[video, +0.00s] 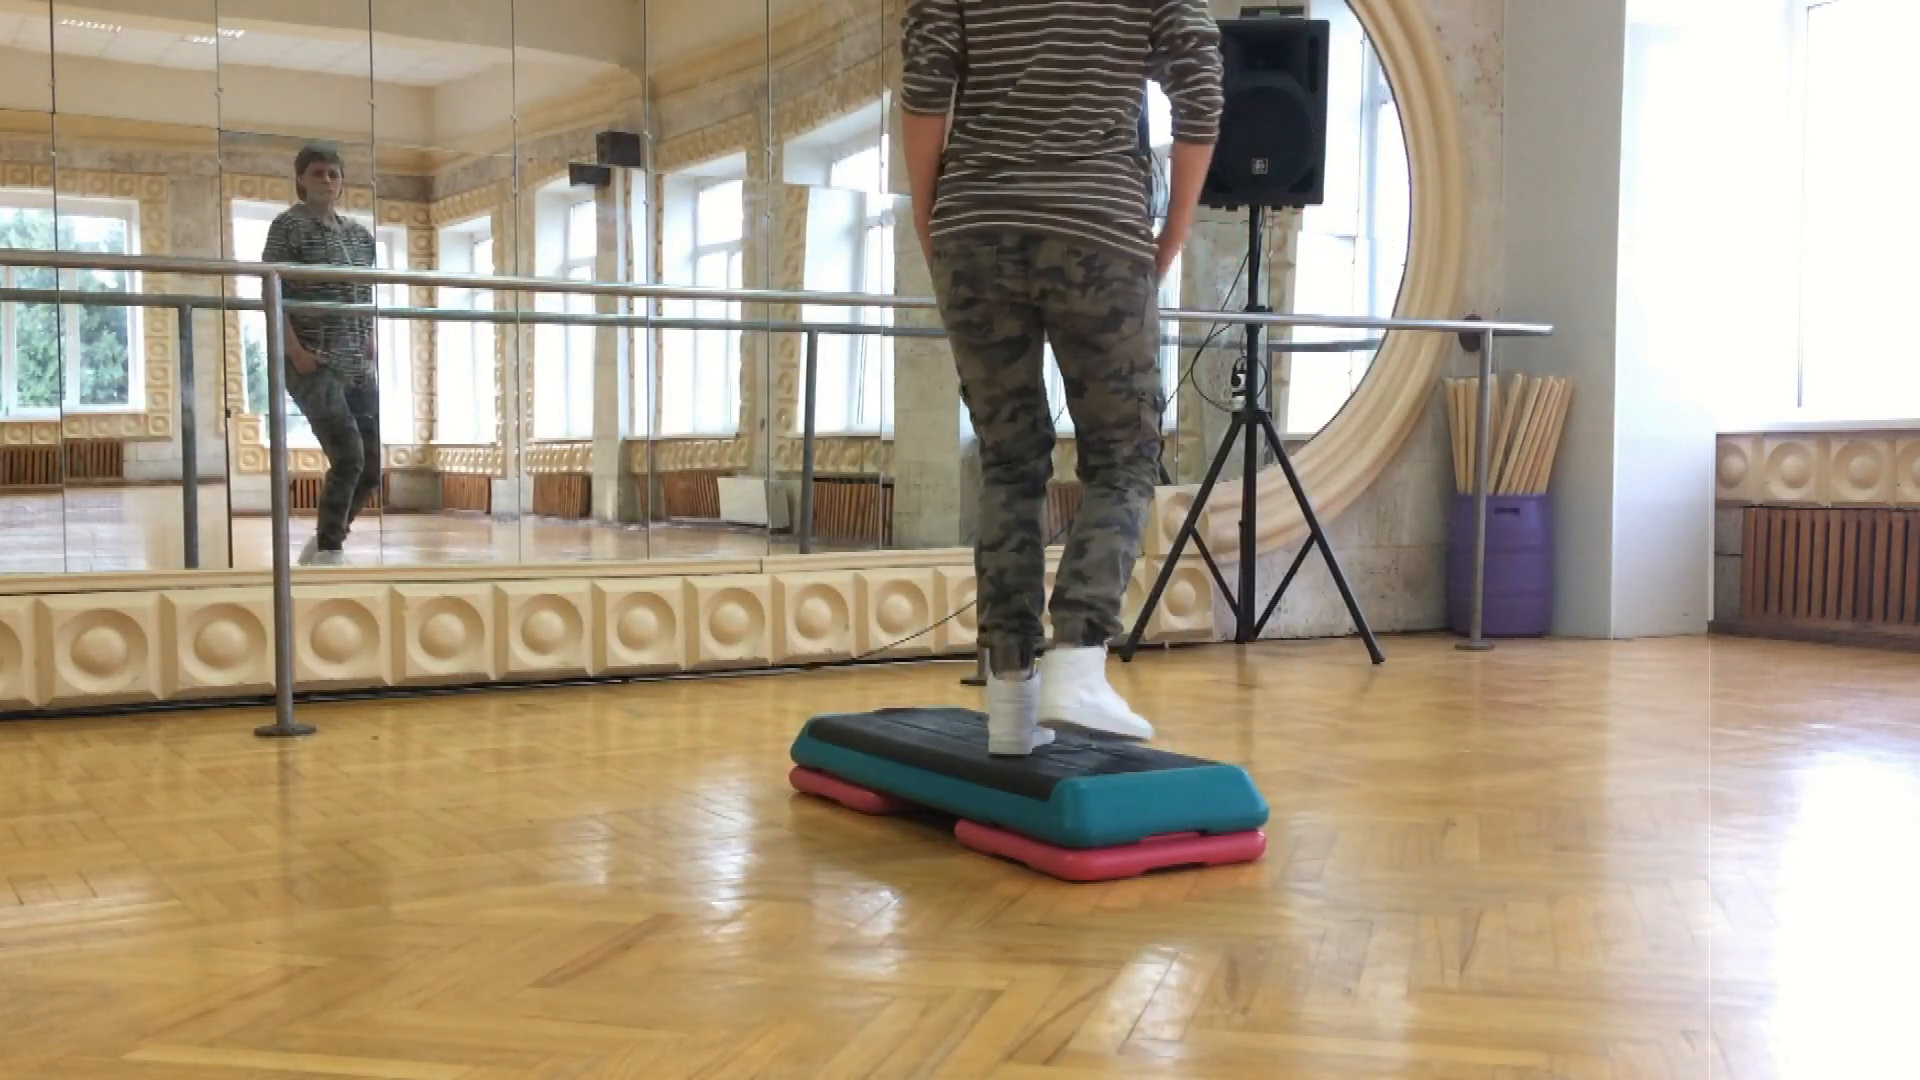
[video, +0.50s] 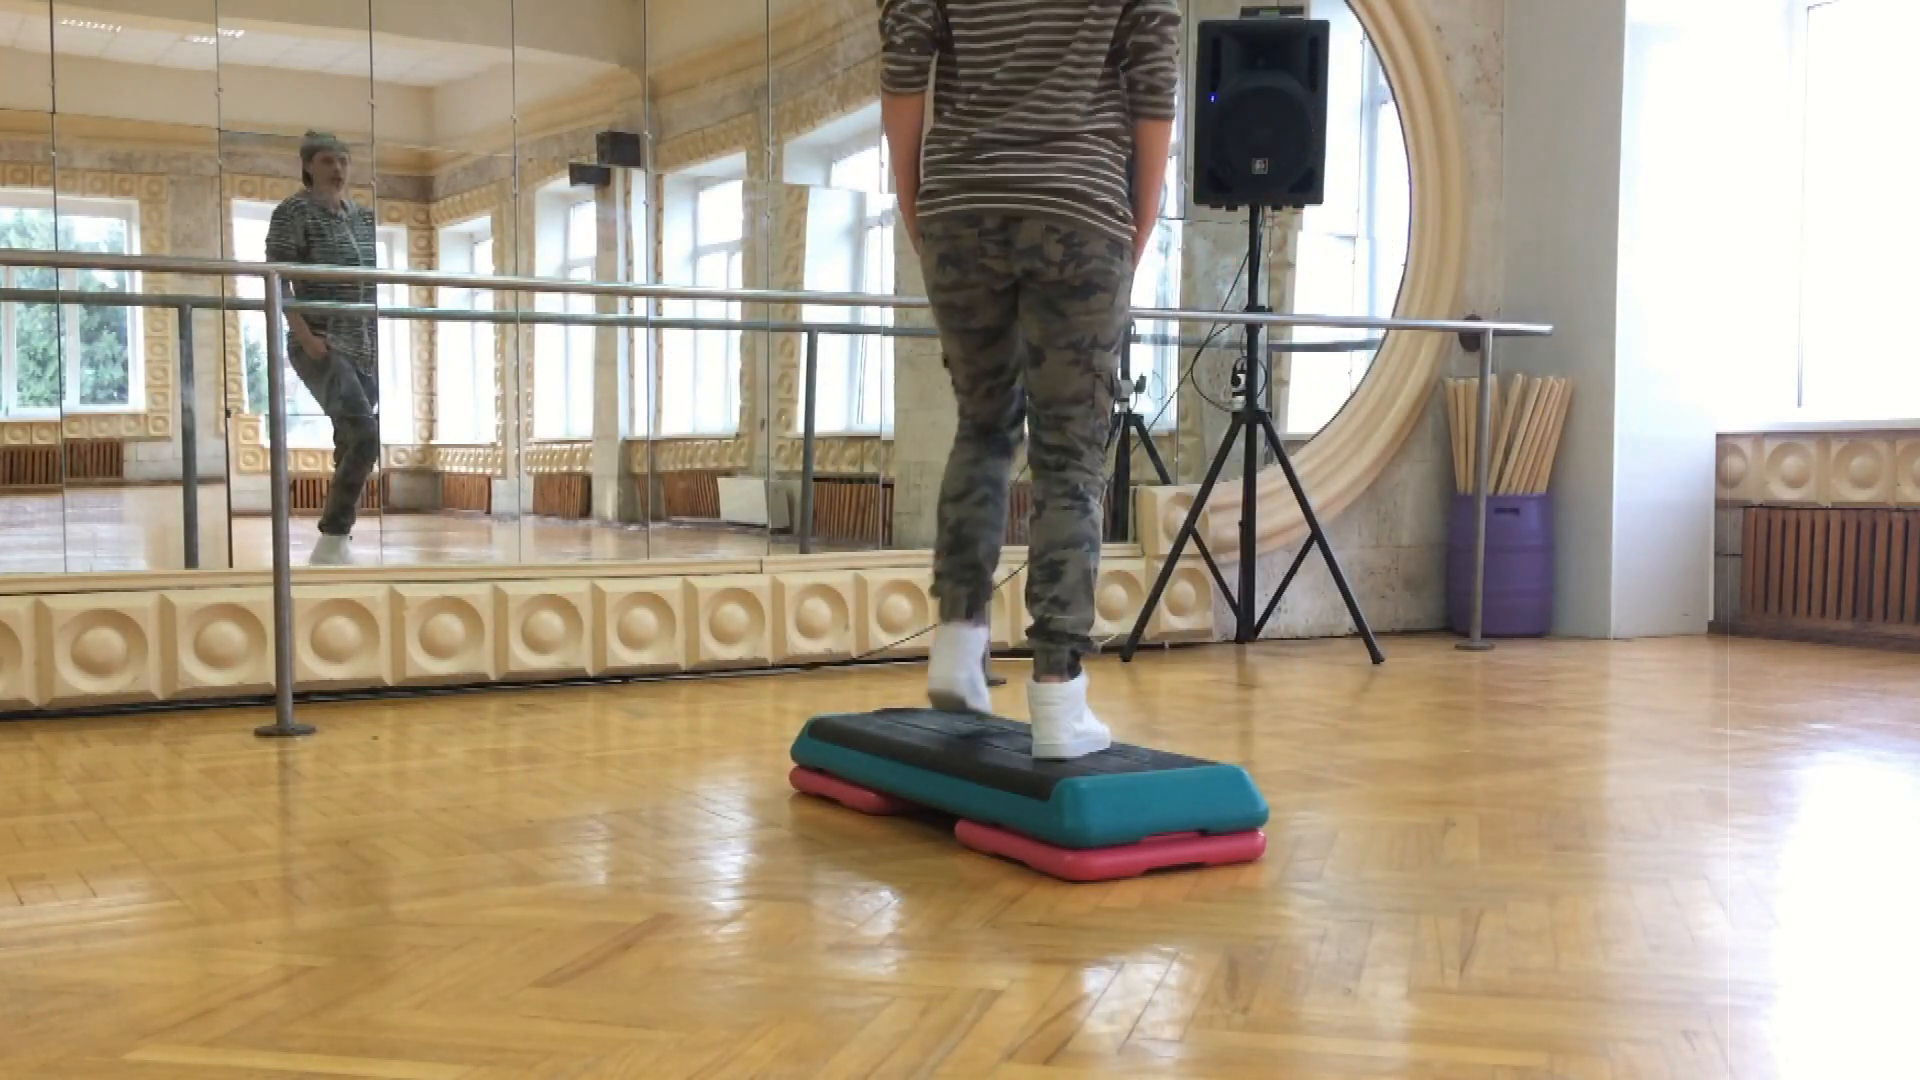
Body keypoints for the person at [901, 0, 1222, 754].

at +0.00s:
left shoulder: (950, 4)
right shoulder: (1155, 4)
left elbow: (928, 78)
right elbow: (1199, 86)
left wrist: (927, 219)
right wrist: (1174, 234)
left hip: (969, 220)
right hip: (1095, 222)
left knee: (1010, 457)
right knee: (1120, 457)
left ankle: (1009, 699)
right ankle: (1076, 672)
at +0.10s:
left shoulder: (945, 2)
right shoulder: (1154, 5)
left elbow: (919, 81)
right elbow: (1183, 95)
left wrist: (918, 218)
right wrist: (1158, 236)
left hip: (966, 221)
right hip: (1091, 225)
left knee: (1006, 460)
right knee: (1103, 460)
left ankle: (1010, 703)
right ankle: (1067, 689)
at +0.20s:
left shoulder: (950, 2)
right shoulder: (1150, 3)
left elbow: (918, 99)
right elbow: (1182, 105)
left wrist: (919, 236)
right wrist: (1165, 242)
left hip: (967, 235)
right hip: (1087, 238)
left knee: (1010, 470)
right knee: (1087, 475)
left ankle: (1010, 712)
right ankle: (1061, 712)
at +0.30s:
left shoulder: (946, 3)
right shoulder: (1146, 3)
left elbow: (934, 92)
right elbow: (1181, 97)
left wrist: (921, 226)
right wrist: (1166, 238)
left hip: (964, 229)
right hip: (1086, 232)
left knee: (1007, 454)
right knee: (1084, 467)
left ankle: (1007, 689)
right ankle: (1060, 707)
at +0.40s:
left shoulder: (939, 2)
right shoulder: (1152, 6)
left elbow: (917, 76)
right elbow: (1167, 83)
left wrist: (919, 205)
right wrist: (1150, 223)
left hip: (964, 206)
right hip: (1087, 207)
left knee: (998, 425)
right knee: (1076, 455)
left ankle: (986, 638)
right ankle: (1059, 703)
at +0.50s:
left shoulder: (930, 1)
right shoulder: (1142, 6)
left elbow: (903, 74)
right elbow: (1153, 97)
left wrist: (911, 204)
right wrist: (1141, 224)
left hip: (955, 199)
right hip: (1079, 200)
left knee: (984, 426)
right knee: (1072, 453)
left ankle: (956, 649)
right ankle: (1058, 702)